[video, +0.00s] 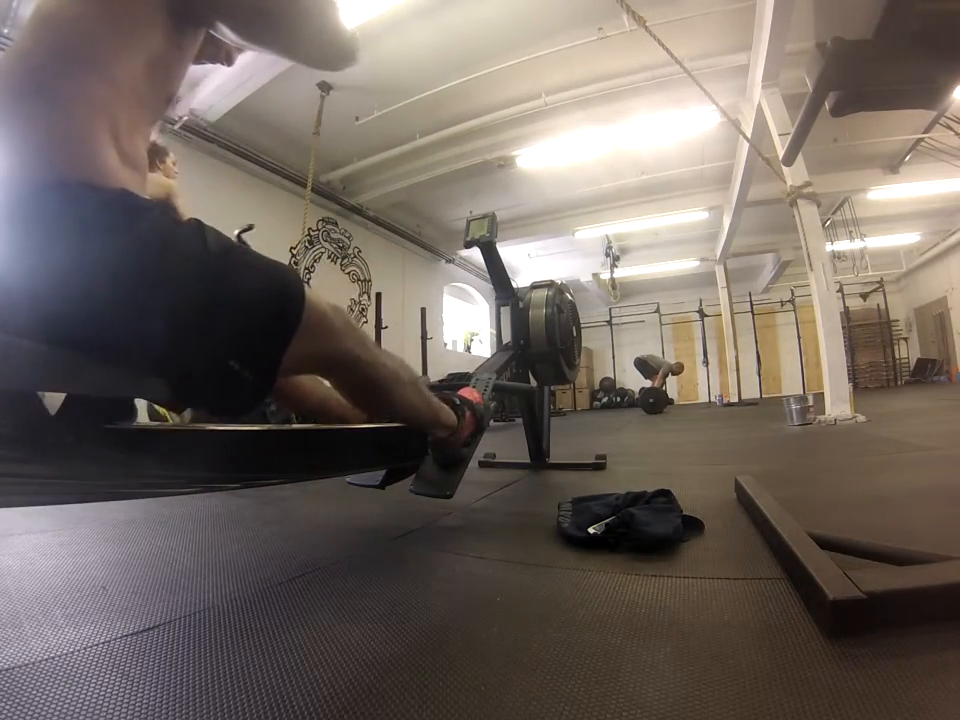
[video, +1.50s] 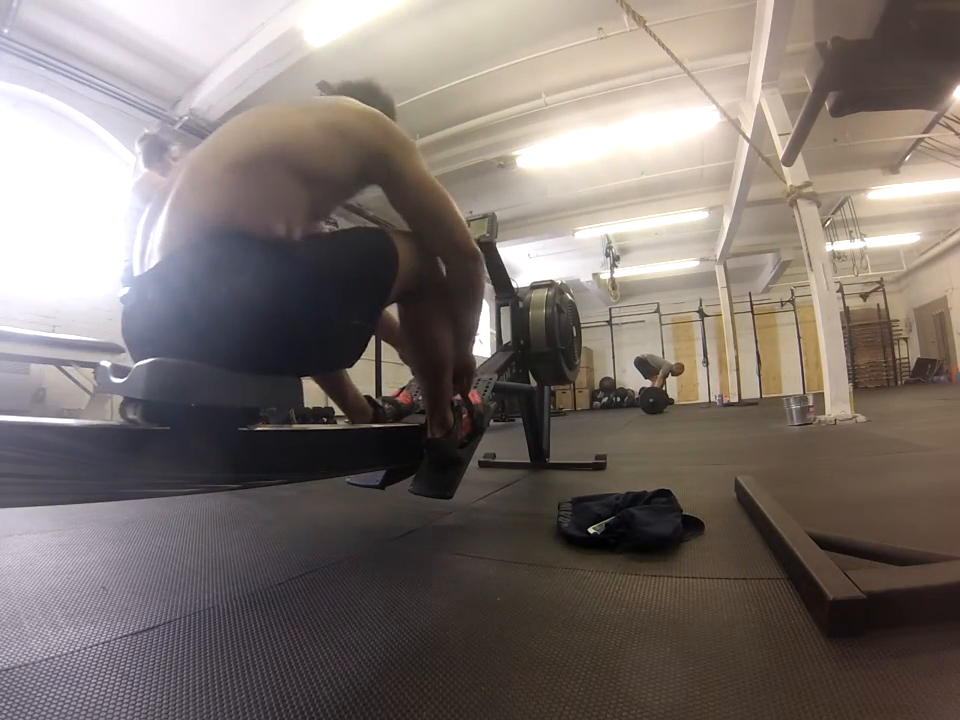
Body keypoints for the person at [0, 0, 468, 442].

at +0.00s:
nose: (223, 57)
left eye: (223, 53)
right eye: (219, 43)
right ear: (197, 11)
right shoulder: (173, 5)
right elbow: (337, 47)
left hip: (20, 228)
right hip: (89, 224)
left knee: (269, 364)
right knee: (333, 333)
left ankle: (368, 432)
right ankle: (449, 426)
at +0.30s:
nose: (259, 76)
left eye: (259, 67)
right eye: (259, 53)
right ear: (248, 16)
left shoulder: (124, 36)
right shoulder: (225, 8)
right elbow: (364, 100)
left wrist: (238, 76)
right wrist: (345, 56)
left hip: (30, 254)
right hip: (121, 244)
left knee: (257, 336)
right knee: (351, 305)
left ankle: (363, 418)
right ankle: (446, 426)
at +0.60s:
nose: (358, 138)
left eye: (362, 127)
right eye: (360, 122)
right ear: (347, 90)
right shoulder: (330, 92)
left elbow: (289, 242)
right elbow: (423, 222)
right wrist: (434, 261)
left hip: (92, 296)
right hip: (178, 287)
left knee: (280, 312)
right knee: (390, 281)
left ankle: (358, 412)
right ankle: (447, 428)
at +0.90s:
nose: (406, 179)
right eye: (410, 164)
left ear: (356, 117)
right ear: (400, 141)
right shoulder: (396, 149)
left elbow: (339, 290)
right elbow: (478, 276)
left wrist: (419, 352)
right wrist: (469, 351)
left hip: (144, 307)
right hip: (237, 301)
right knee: (415, 265)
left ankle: (365, 417)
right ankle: (443, 427)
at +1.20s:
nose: (404, 168)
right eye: (404, 151)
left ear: (343, 111)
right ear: (394, 132)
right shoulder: (389, 142)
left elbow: (331, 273)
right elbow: (480, 266)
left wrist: (430, 341)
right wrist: (472, 346)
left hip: (153, 322)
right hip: (237, 302)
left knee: (312, 283)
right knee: (425, 265)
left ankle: (363, 414)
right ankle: (444, 427)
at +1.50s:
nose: (398, 143)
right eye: (394, 133)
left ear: (330, 99)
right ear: (381, 118)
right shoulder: (374, 128)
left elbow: (319, 262)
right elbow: (465, 255)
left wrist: (405, 343)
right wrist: (464, 351)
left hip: (147, 323)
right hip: (238, 303)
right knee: (423, 263)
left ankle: (363, 418)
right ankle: (443, 426)